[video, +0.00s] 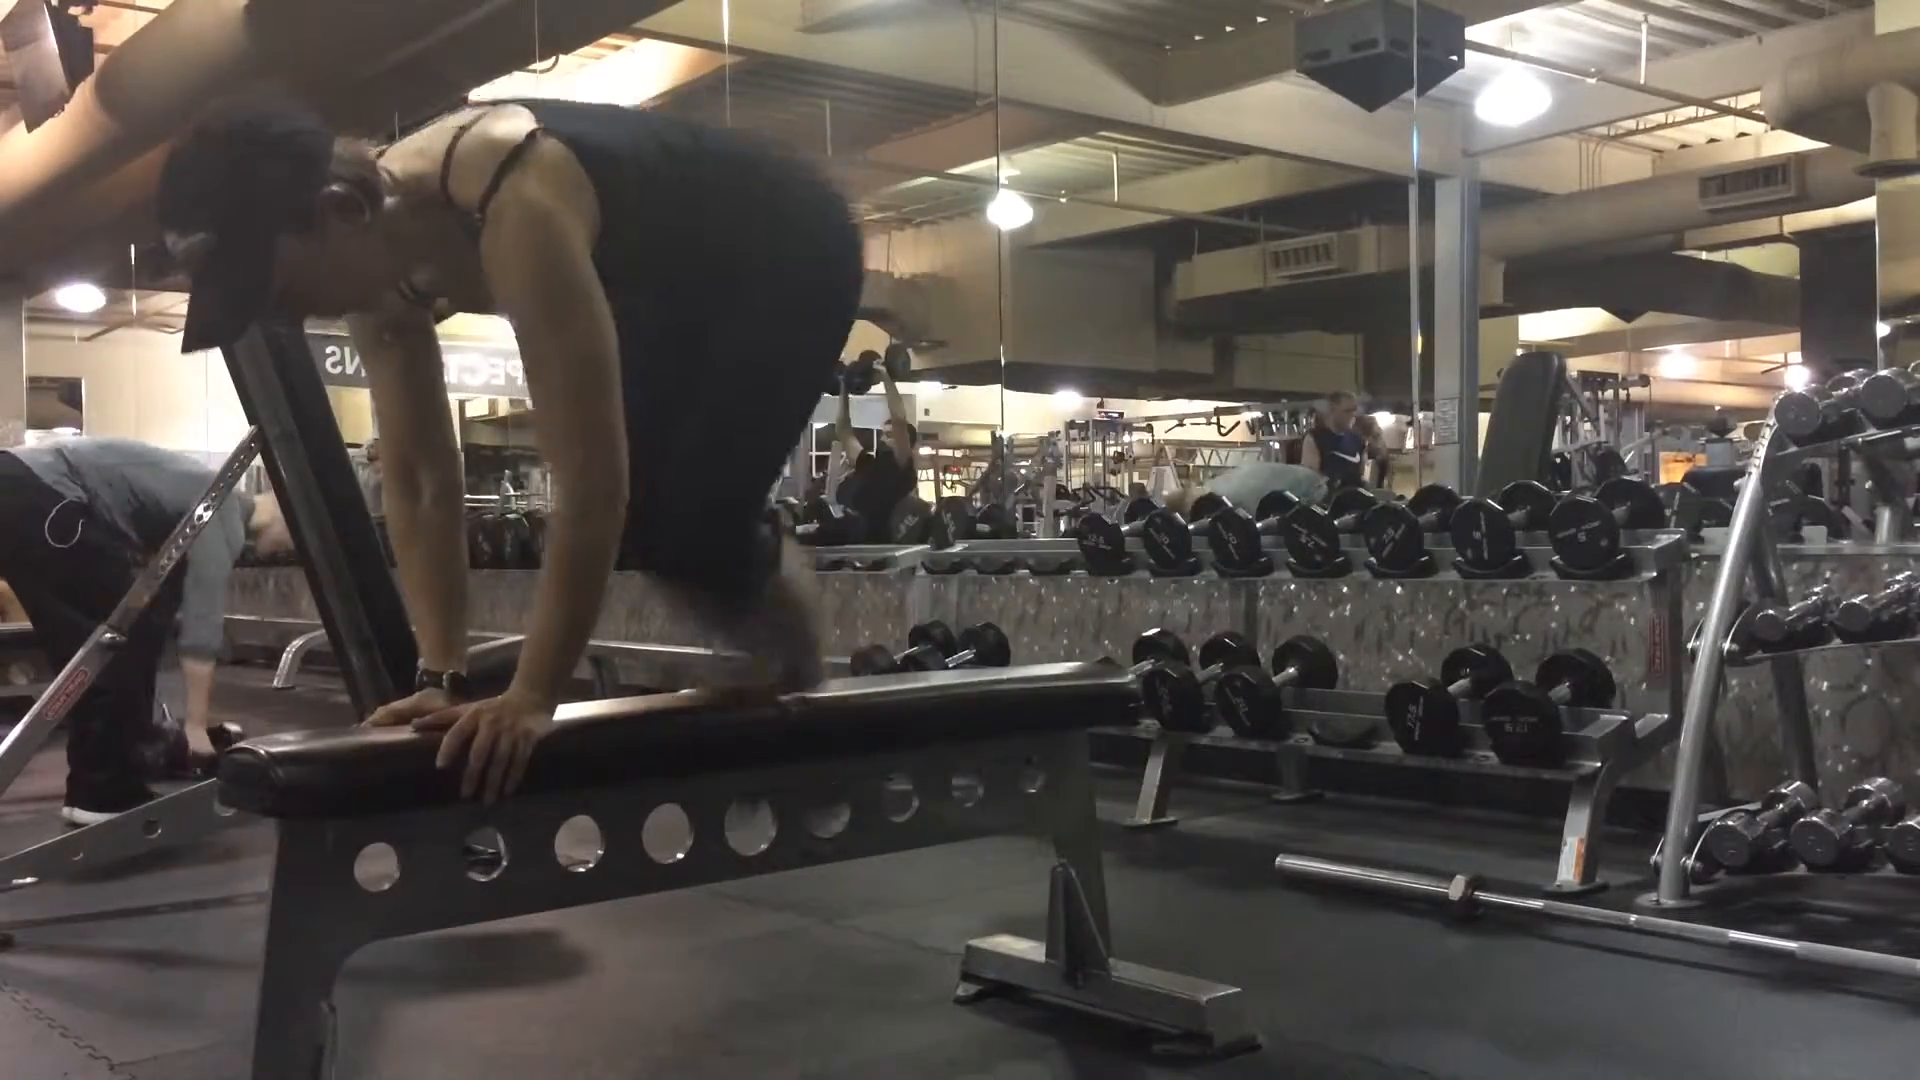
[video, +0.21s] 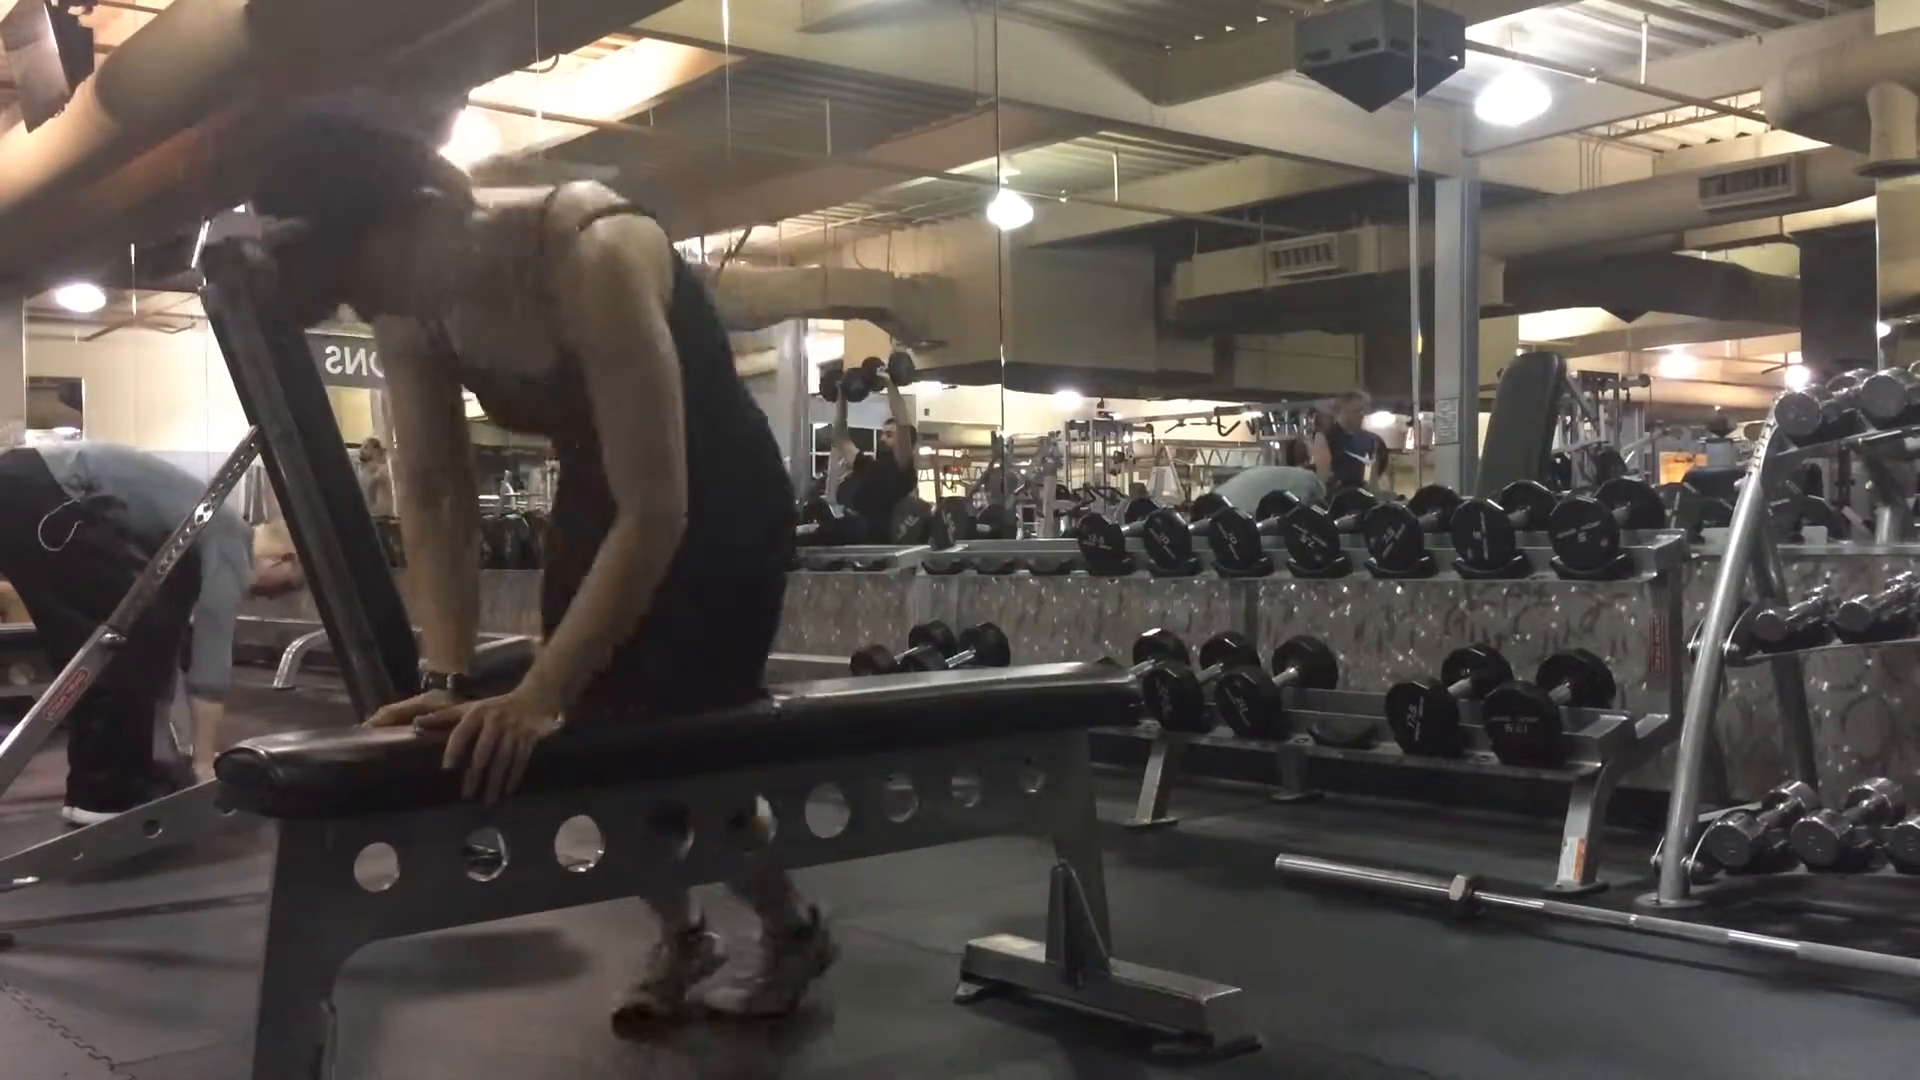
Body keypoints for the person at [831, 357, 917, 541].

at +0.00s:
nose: (881, 438)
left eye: (888, 435)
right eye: (881, 434)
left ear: (905, 442)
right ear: (879, 436)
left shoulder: (902, 473)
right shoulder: (867, 465)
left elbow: (899, 421)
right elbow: (844, 431)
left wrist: (886, 377)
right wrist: (843, 388)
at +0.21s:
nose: (882, 438)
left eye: (889, 435)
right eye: (882, 434)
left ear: (903, 438)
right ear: (879, 436)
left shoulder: (903, 471)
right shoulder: (865, 464)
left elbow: (904, 426)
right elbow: (840, 439)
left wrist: (890, 384)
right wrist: (842, 393)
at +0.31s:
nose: (882, 441)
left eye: (890, 437)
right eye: (882, 436)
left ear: (904, 441)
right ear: (879, 438)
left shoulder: (903, 476)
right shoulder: (864, 467)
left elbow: (907, 436)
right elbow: (839, 448)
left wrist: (894, 394)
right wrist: (842, 401)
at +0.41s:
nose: (883, 441)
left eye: (890, 437)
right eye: (882, 437)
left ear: (903, 443)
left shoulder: (903, 477)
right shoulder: (864, 469)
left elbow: (909, 442)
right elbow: (837, 456)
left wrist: (898, 401)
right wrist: (841, 409)